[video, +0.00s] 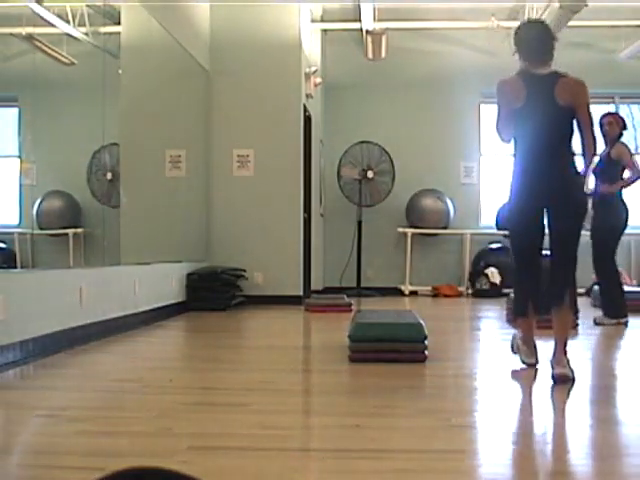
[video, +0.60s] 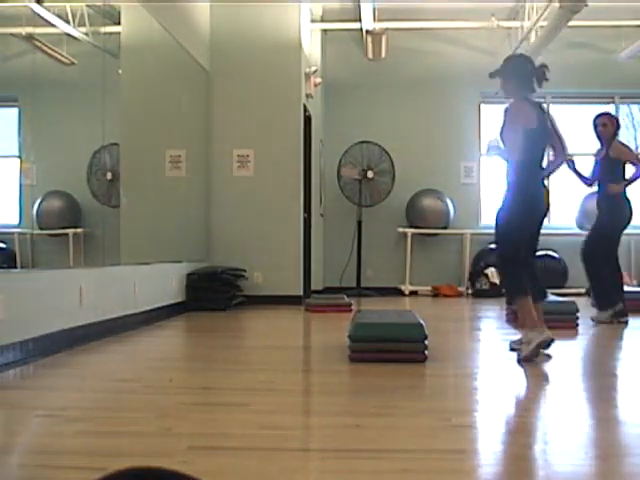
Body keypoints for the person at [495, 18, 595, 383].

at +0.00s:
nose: (525, 54)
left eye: (521, 48)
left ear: (519, 51)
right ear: (553, 49)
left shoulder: (507, 87)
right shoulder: (573, 87)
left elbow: (504, 133)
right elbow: (589, 140)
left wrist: (522, 110)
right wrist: (587, 172)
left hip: (526, 186)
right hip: (565, 186)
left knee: (525, 265)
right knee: (563, 268)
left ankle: (526, 342)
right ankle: (560, 356)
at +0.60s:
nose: (501, 85)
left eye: (503, 80)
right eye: (501, 80)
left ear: (511, 80)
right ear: (528, 81)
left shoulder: (515, 109)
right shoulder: (542, 112)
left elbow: (515, 154)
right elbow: (561, 154)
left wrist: (502, 150)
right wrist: (542, 173)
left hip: (520, 189)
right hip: (538, 190)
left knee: (507, 259)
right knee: (524, 260)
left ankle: (532, 329)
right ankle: (537, 330)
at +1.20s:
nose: (480, 86)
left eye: (485, 82)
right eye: (481, 82)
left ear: (501, 86)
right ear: (500, 87)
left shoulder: (507, 114)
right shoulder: (508, 114)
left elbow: (488, 158)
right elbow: (540, 149)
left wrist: (450, 150)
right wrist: (568, 178)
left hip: (531, 197)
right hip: (530, 196)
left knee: (529, 265)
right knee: (479, 241)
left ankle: (528, 337)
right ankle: (505, 304)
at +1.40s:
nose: (484, 88)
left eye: (489, 83)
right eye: (485, 83)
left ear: (504, 84)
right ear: (500, 85)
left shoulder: (515, 114)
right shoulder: (508, 115)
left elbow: (512, 168)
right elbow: (506, 167)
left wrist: (504, 212)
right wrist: (501, 210)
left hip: (519, 196)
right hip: (510, 195)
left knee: (517, 262)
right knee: (501, 261)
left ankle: (527, 335)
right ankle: (512, 329)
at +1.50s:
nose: (482, 85)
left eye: (487, 80)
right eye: (483, 80)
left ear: (503, 83)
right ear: (501, 84)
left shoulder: (509, 111)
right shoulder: (506, 112)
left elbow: (520, 156)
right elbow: (499, 160)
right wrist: (466, 183)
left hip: (520, 188)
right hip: (517, 187)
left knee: (509, 256)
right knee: (508, 255)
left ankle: (521, 328)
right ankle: (517, 326)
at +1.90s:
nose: (481, 84)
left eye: (487, 80)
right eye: (481, 80)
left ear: (503, 83)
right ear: (492, 84)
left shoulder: (511, 113)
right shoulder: (498, 115)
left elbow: (512, 164)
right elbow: (502, 166)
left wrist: (490, 198)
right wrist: (486, 199)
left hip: (519, 190)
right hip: (507, 190)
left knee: (511, 258)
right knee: (499, 258)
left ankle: (518, 334)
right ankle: (511, 329)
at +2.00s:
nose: (479, 86)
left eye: (484, 82)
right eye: (480, 82)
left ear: (501, 86)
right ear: (497, 87)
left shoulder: (504, 113)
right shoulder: (502, 115)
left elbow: (498, 154)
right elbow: (494, 157)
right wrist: (458, 169)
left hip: (524, 194)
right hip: (520, 194)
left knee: (522, 262)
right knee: (479, 250)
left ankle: (517, 336)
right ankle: (502, 319)